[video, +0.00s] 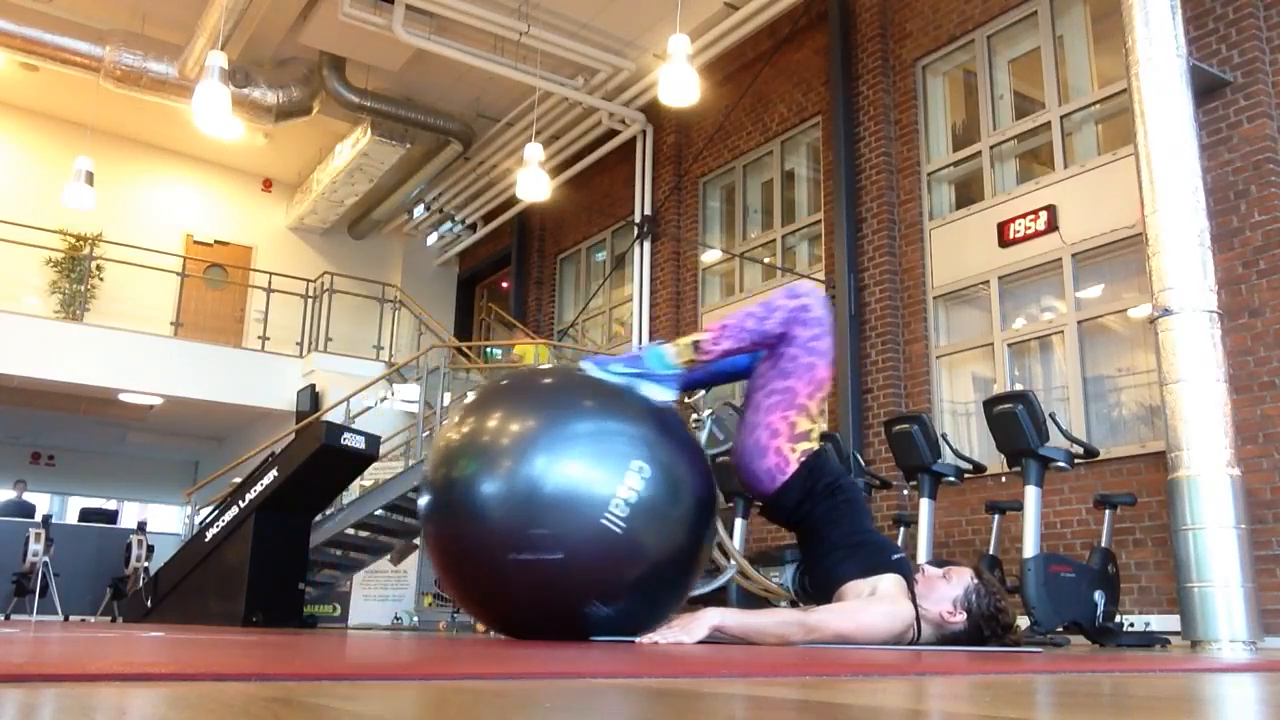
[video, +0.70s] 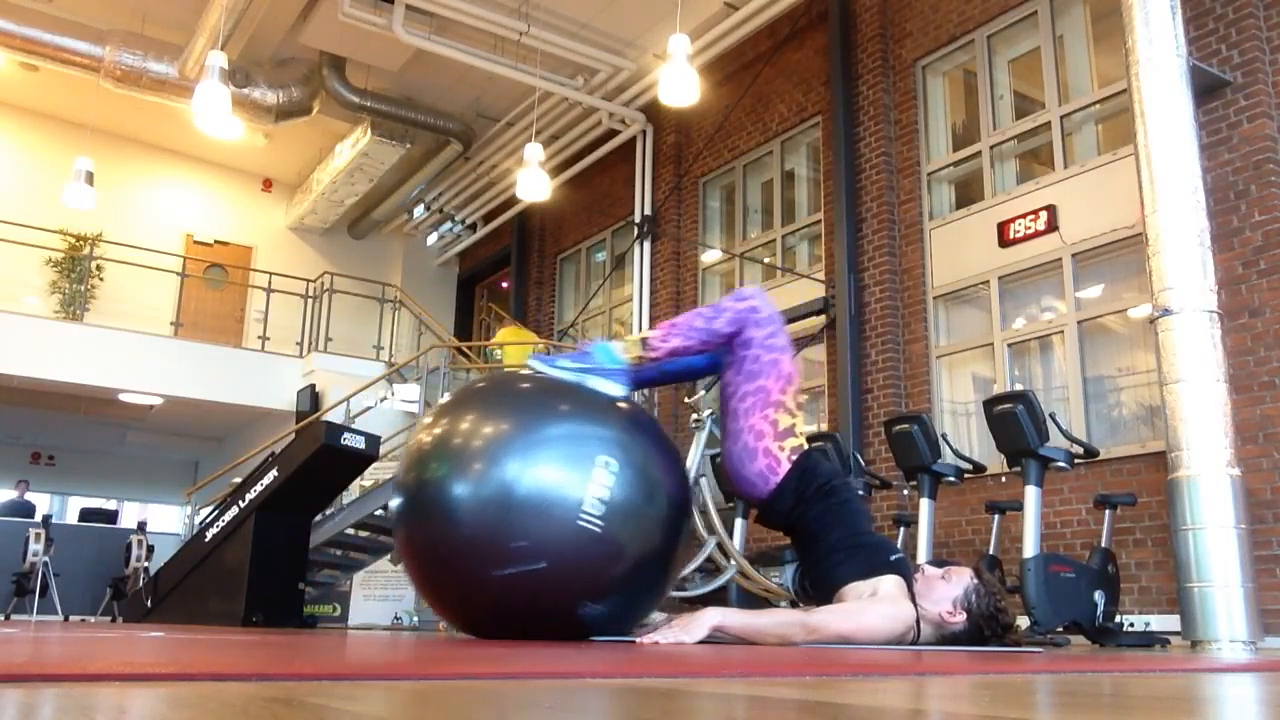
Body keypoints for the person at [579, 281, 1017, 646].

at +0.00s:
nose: (935, 566)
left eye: (947, 576)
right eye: (948, 569)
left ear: (948, 613)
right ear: (946, 614)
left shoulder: (893, 611)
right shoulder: (904, 606)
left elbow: (806, 626)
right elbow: (808, 625)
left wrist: (714, 619)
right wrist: (718, 624)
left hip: (778, 468)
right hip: (800, 466)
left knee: (805, 301)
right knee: (805, 315)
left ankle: (668, 363)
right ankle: (676, 372)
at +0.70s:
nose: (941, 563)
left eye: (951, 577)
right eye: (952, 567)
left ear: (948, 616)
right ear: (945, 605)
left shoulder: (892, 613)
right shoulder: (902, 596)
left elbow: (801, 626)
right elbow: (799, 625)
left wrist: (712, 620)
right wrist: (713, 623)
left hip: (766, 472)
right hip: (788, 467)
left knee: (756, 308)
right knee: (759, 319)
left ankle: (620, 365)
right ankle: (625, 372)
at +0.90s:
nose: (937, 569)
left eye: (948, 581)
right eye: (950, 569)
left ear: (945, 615)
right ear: (945, 603)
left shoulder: (891, 610)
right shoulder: (894, 595)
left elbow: (808, 628)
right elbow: (808, 621)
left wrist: (711, 618)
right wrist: (720, 620)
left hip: (762, 479)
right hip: (779, 470)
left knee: (688, 329)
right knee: (694, 335)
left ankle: (550, 364)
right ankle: (563, 370)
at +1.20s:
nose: (936, 571)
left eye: (949, 583)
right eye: (949, 570)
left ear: (946, 618)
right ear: (943, 593)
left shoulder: (892, 609)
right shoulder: (889, 590)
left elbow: (804, 625)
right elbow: (801, 621)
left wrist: (711, 618)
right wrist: (713, 621)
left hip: (758, 492)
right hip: (765, 477)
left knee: (637, 383)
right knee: (640, 381)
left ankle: (484, 361)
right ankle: (500, 369)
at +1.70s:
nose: (934, 569)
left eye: (946, 581)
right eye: (946, 569)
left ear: (945, 617)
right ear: (939, 601)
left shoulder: (892, 607)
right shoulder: (891, 595)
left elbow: (803, 627)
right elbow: (803, 623)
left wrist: (709, 619)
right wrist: (712, 621)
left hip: (745, 489)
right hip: (757, 484)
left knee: (677, 337)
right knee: (679, 346)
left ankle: (523, 364)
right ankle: (535, 372)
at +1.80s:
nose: (937, 568)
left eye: (947, 579)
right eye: (950, 569)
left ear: (944, 615)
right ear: (943, 602)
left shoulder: (888, 613)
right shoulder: (894, 598)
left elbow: (793, 630)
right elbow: (797, 624)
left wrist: (708, 621)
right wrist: (713, 619)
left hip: (745, 485)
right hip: (763, 476)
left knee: (716, 324)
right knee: (719, 331)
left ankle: (570, 367)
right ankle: (586, 377)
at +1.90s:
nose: (937, 565)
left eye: (948, 578)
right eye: (948, 567)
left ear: (944, 614)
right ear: (936, 587)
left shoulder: (891, 614)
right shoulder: (897, 600)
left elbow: (801, 627)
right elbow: (796, 624)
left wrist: (713, 620)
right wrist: (711, 619)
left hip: (750, 479)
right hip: (768, 479)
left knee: (765, 314)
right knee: (766, 327)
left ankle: (625, 364)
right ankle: (630, 376)